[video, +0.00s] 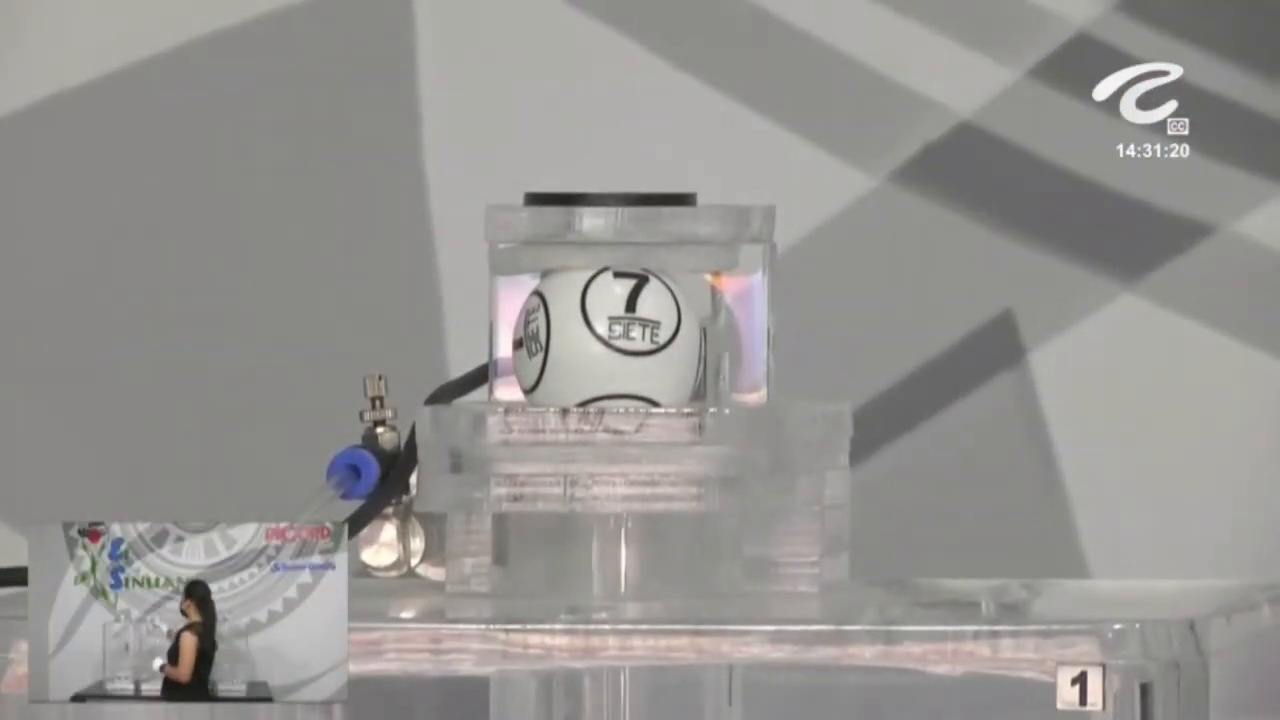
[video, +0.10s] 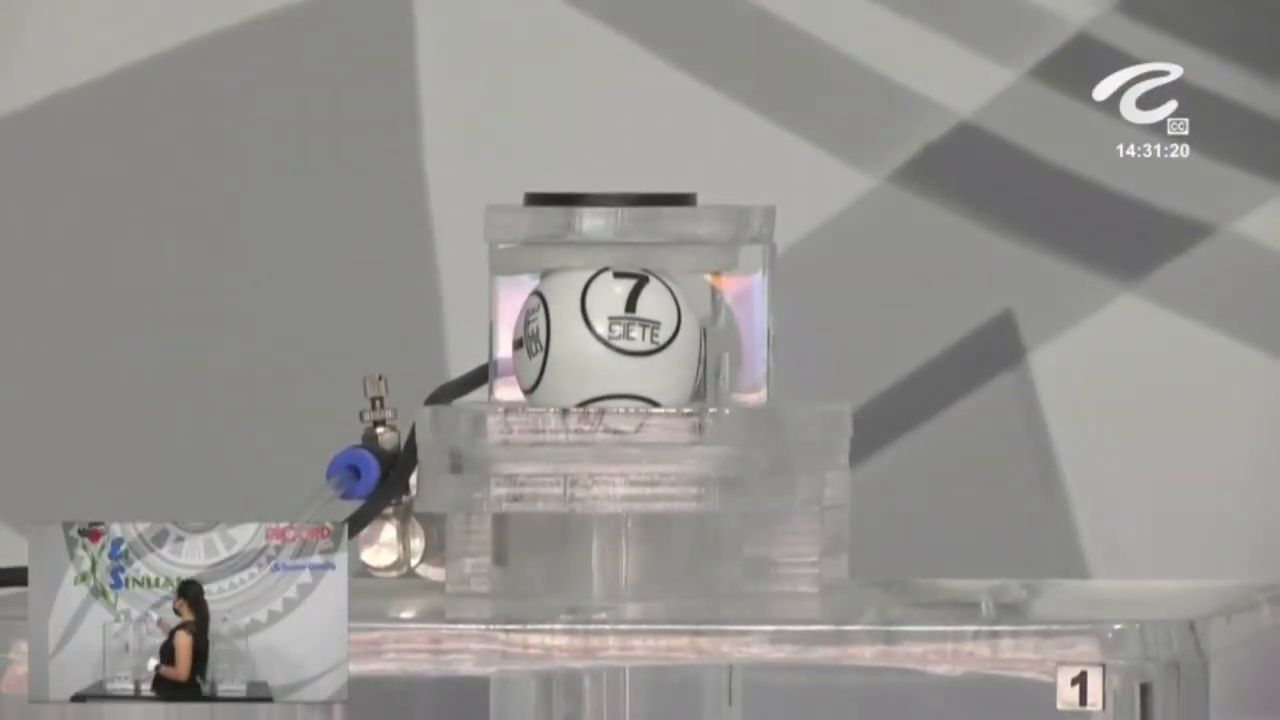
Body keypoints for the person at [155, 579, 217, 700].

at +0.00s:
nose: (181, 603)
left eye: (183, 599)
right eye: (182, 599)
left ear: (188, 602)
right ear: (204, 603)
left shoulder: (189, 634)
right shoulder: (207, 632)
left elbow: (183, 675)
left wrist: (163, 668)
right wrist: (174, 637)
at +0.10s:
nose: (174, 602)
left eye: (176, 598)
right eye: (176, 598)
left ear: (182, 601)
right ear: (196, 601)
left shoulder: (182, 633)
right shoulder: (199, 629)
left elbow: (182, 674)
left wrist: (158, 668)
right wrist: (165, 628)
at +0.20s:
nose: (167, 602)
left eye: (169, 598)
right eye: (169, 598)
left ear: (174, 601)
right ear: (189, 601)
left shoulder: (176, 633)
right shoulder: (191, 628)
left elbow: (178, 673)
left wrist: (154, 669)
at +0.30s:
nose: (161, 600)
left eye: (163, 596)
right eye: (163, 596)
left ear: (168, 600)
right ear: (183, 601)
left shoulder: (171, 632)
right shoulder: (184, 627)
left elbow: (174, 673)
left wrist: (148, 669)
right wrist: (147, 617)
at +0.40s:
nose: (156, 602)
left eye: (158, 598)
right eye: (157, 598)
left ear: (163, 600)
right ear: (177, 601)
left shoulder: (166, 631)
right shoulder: (179, 626)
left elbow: (170, 671)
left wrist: (143, 668)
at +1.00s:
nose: (140, 600)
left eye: (142, 597)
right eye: (141, 596)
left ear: (147, 600)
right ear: (162, 599)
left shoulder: (150, 631)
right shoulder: (167, 627)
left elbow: (154, 671)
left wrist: (132, 669)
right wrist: (143, 622)